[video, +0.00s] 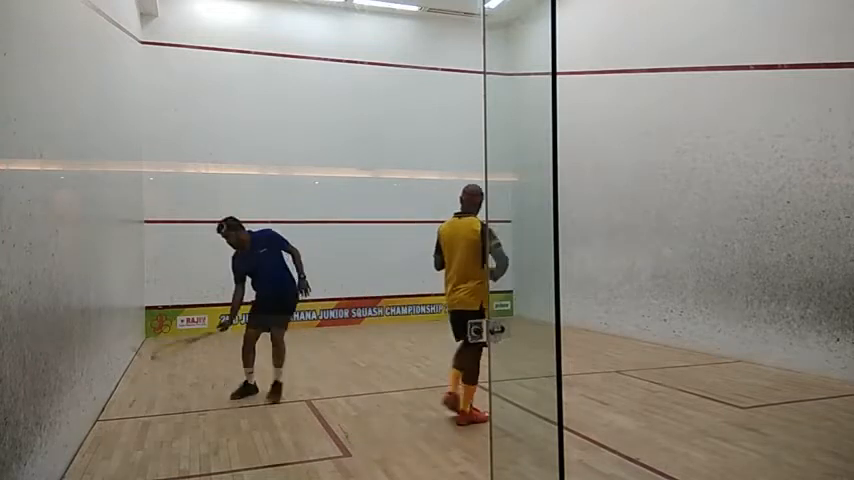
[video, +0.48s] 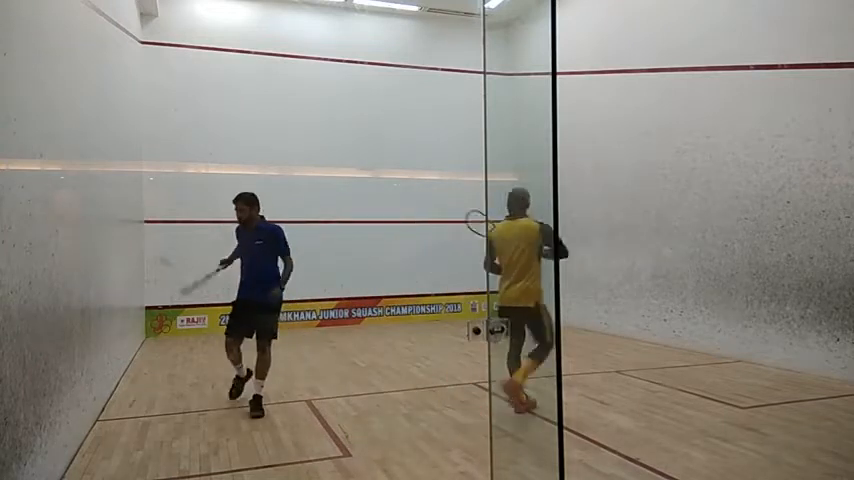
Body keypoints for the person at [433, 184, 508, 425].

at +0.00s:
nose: (478, 201)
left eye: (475, 196)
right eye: (478, 197)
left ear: (460, 199)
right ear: (479, 201)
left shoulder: (444, 228)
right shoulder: (481, 228)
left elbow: (438, 263)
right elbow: (502, 261)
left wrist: (458, 252)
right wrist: (492, 275)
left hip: (453, 300)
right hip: (475, 300)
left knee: (465, 343)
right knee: (474, 348)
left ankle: (453, 390)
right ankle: (466, 409)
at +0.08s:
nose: (490, 207)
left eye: (488, 202)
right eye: (490, 203)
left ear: (470, 202)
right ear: (488, 203)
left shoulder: (454, 228)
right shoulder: (489, 228)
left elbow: (448, 263)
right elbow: (513, 260)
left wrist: (469, 254)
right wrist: (505, 272)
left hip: (462, 302)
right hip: (481, 302)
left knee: (481, 351)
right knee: (478, 354)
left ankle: (485, 397)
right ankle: (466, 410)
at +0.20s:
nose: (492, 210)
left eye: (485, 203)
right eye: (496, 206)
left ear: (481, 204)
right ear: (500, 207)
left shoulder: (466, 230)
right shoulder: (500, 231)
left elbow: (457, 264)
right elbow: (526, 261)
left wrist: (481, 264)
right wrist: (518, 270)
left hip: (473, 304)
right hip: (491, 305)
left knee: (493, 353)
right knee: (484, 355)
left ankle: (512, 394)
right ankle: (465, 409)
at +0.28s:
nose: (508, 211)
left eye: (503, 206)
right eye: (508, 208)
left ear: (488, 207)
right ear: (507, 209)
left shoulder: (477, 231)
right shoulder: (510, 231)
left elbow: (466, 266)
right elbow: (539, 259)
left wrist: (487, 271)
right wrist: (525, 262)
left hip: (486, 303)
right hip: (504, 303)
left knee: (504, 352)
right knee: (495, 353)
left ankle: (520, 398)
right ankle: (468, 405)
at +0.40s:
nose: (514, 210)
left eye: (506, 204)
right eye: (516, 206)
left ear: (498, 206)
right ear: (517, 207)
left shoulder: (488, 232)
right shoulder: (524, 230)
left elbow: (477, 265)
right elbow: (550, 255)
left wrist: (497, 271)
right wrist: (531, 257)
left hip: (495, 300)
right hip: (517, 301)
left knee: (512, 349)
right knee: (520, 349)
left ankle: (520, 397)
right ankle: (488, 390)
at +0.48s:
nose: (526, 208)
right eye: (527, 205)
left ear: (508, 206)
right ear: (527, 206)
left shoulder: (495, 232)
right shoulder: (538, 228)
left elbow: (488, 265)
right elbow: (562, 252)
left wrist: (507, 271)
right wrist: (539, 252)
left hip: (506, 300)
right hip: (530, 300)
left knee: (515, 344)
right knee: (545, 343)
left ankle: (519, 399)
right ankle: (515, 381)